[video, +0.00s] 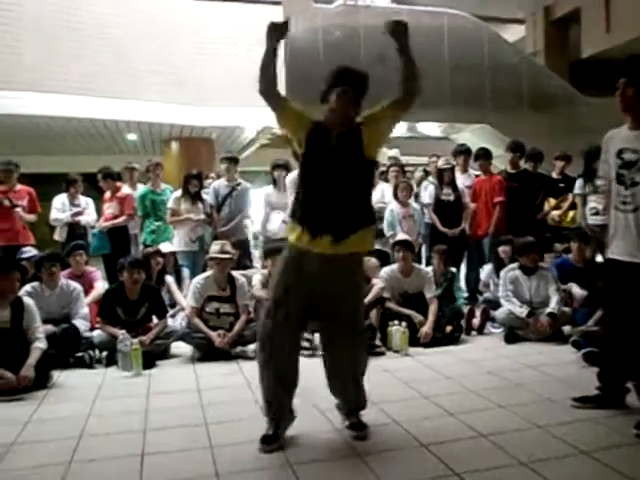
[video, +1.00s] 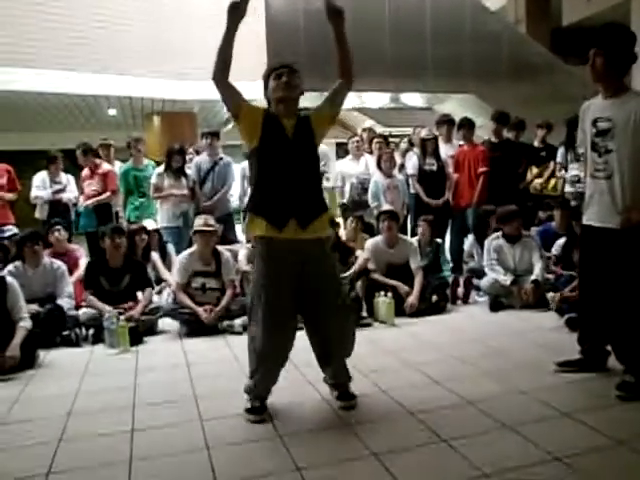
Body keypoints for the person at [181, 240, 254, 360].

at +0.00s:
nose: (222, 265)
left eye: (225, 260)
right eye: (217, 261)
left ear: (232, 262)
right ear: (211, 262)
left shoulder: (239, 282)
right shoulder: (199, 282)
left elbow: (244, 314)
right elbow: (192, 314)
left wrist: (231, 336)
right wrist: (212, 335)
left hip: (232, 328)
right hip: (207, 329)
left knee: (257, 329)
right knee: (184, 334)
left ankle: (207, 352)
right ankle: (233, 351)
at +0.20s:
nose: (217, 262)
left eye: (221, 258)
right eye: (213, 258)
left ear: (227, 260)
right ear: (205, 260)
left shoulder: (235, 280)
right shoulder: (195, 280)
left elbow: (239, 311)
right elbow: (187, 312)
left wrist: (226, 333)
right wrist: (207, 332)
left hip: (226, 326)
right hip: (201, 326)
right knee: (179, 332)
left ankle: (201, 350)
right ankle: (225, 349)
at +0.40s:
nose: (207, 261)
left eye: (211, 257)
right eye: (203, 257)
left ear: (217, 259)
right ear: (196, 259)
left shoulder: (225, 279)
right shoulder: (185, 279)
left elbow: (230, 310)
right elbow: (177, 311)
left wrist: (217, 332)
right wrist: (197, 331)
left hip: (217, 325)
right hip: (192, 325)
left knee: (239, 332)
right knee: (169, 332)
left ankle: (190, 350)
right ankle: (217, 349)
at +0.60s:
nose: (202, 238)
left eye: (205, 233)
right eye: (197, 234)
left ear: (212, 235)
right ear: (191, 235)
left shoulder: (219, 256)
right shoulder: (180, 256)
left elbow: (225, 287)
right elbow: (172, 287)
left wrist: (212, 309)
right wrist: (192, 307)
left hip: (211, 301)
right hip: (187, 301)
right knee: (183, 323)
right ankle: (216, 324)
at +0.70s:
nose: (202, 241)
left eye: (206, 237)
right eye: (198, 237)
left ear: (213, 237)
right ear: (191, 238)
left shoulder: (221, 258)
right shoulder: (182, 258)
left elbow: (227, 289)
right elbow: (175, 290)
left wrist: (214, 311)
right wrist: (195, 310)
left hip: (214, 302)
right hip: (190, 302)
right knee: (184, 327)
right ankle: (220, 326)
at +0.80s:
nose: (202, 239)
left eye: (206, 235)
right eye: (198, 235)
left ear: (213, 237)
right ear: (192, 238)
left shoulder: (222, 257)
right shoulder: (182, 258)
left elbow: (228, 288)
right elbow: (175, 290)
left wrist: (214, 311)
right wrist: (195, 309)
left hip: (215, 303)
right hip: (191, 303)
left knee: (241, 304)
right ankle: (218, 326)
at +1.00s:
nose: (206, 239)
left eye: (210, 235)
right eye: (202, 235)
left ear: (216, 237)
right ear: (195, 237)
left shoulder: (224, 257)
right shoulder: (185, 258)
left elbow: (230, 288)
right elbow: (178, 290)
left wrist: (218, 310)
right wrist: (198, 310)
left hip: (218, 304)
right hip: (194, 304)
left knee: (245, 304)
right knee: (168, 310)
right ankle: (220, 326)